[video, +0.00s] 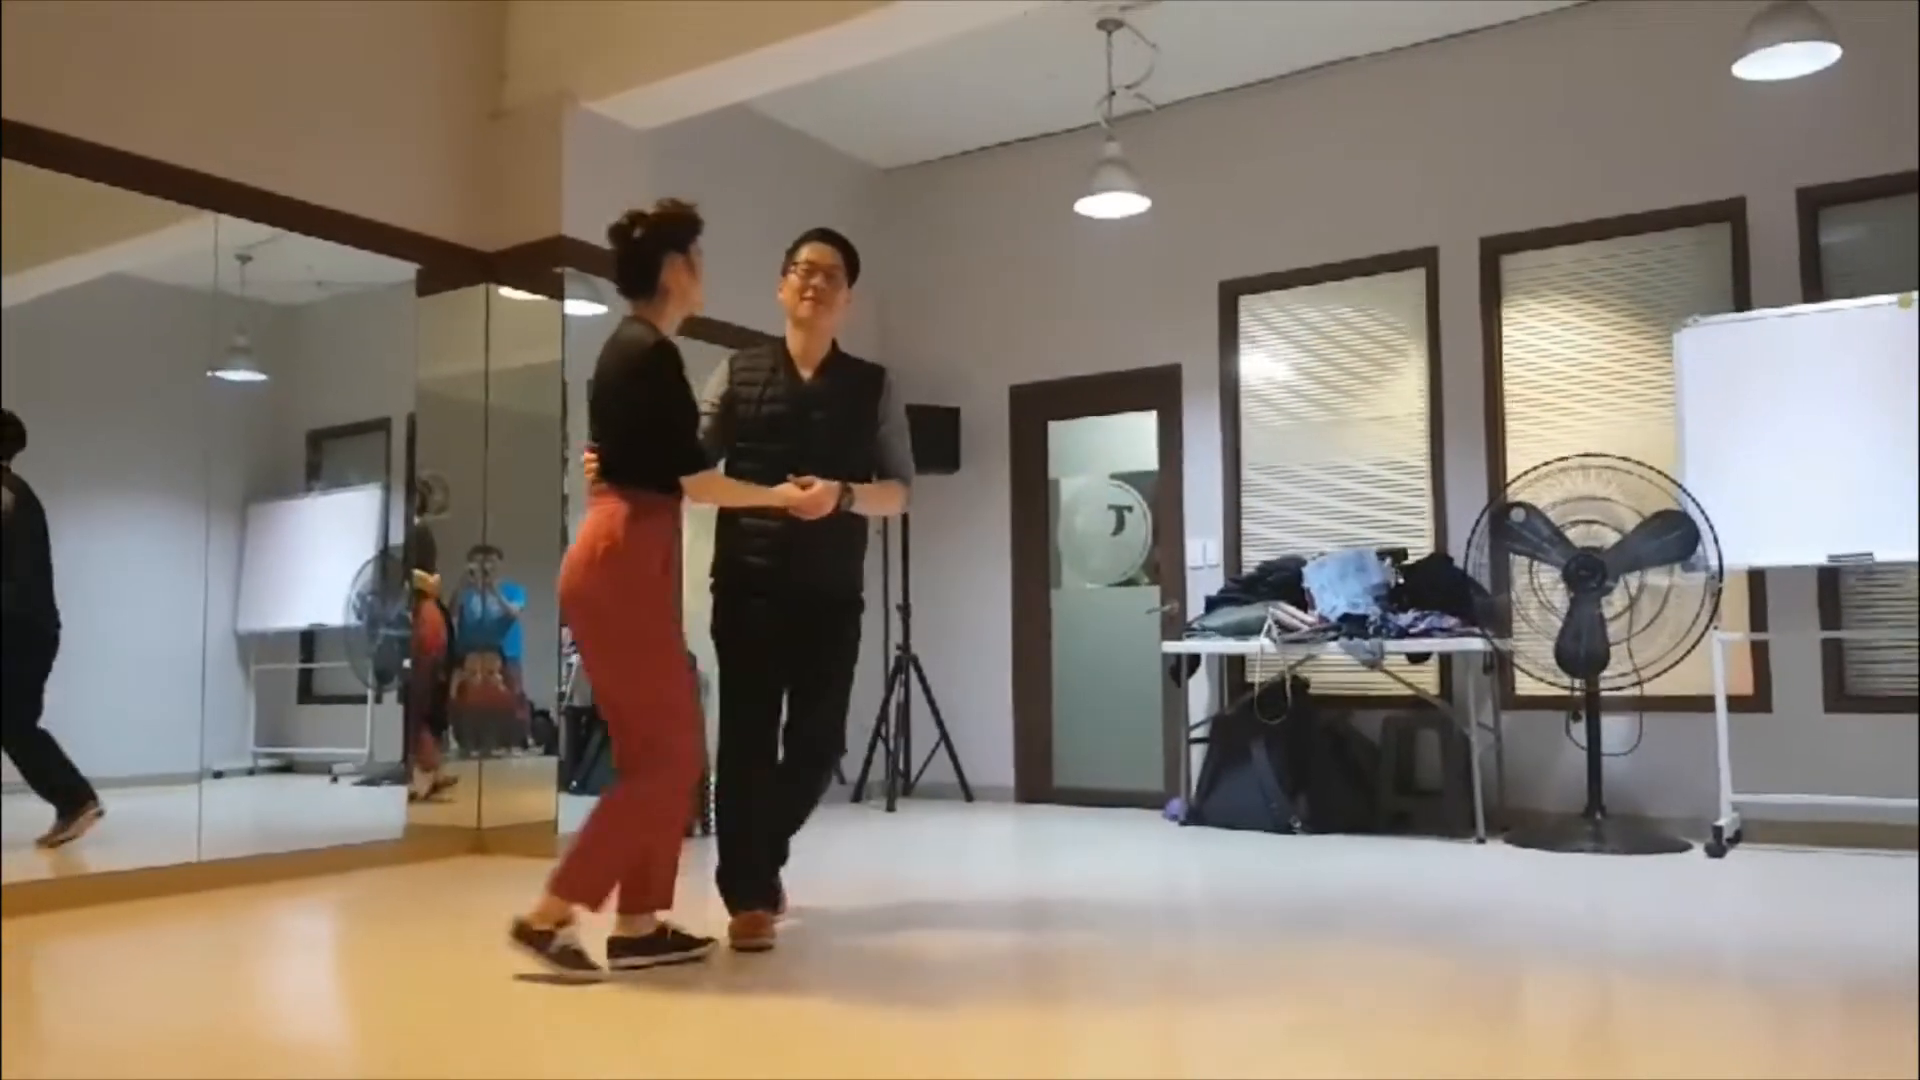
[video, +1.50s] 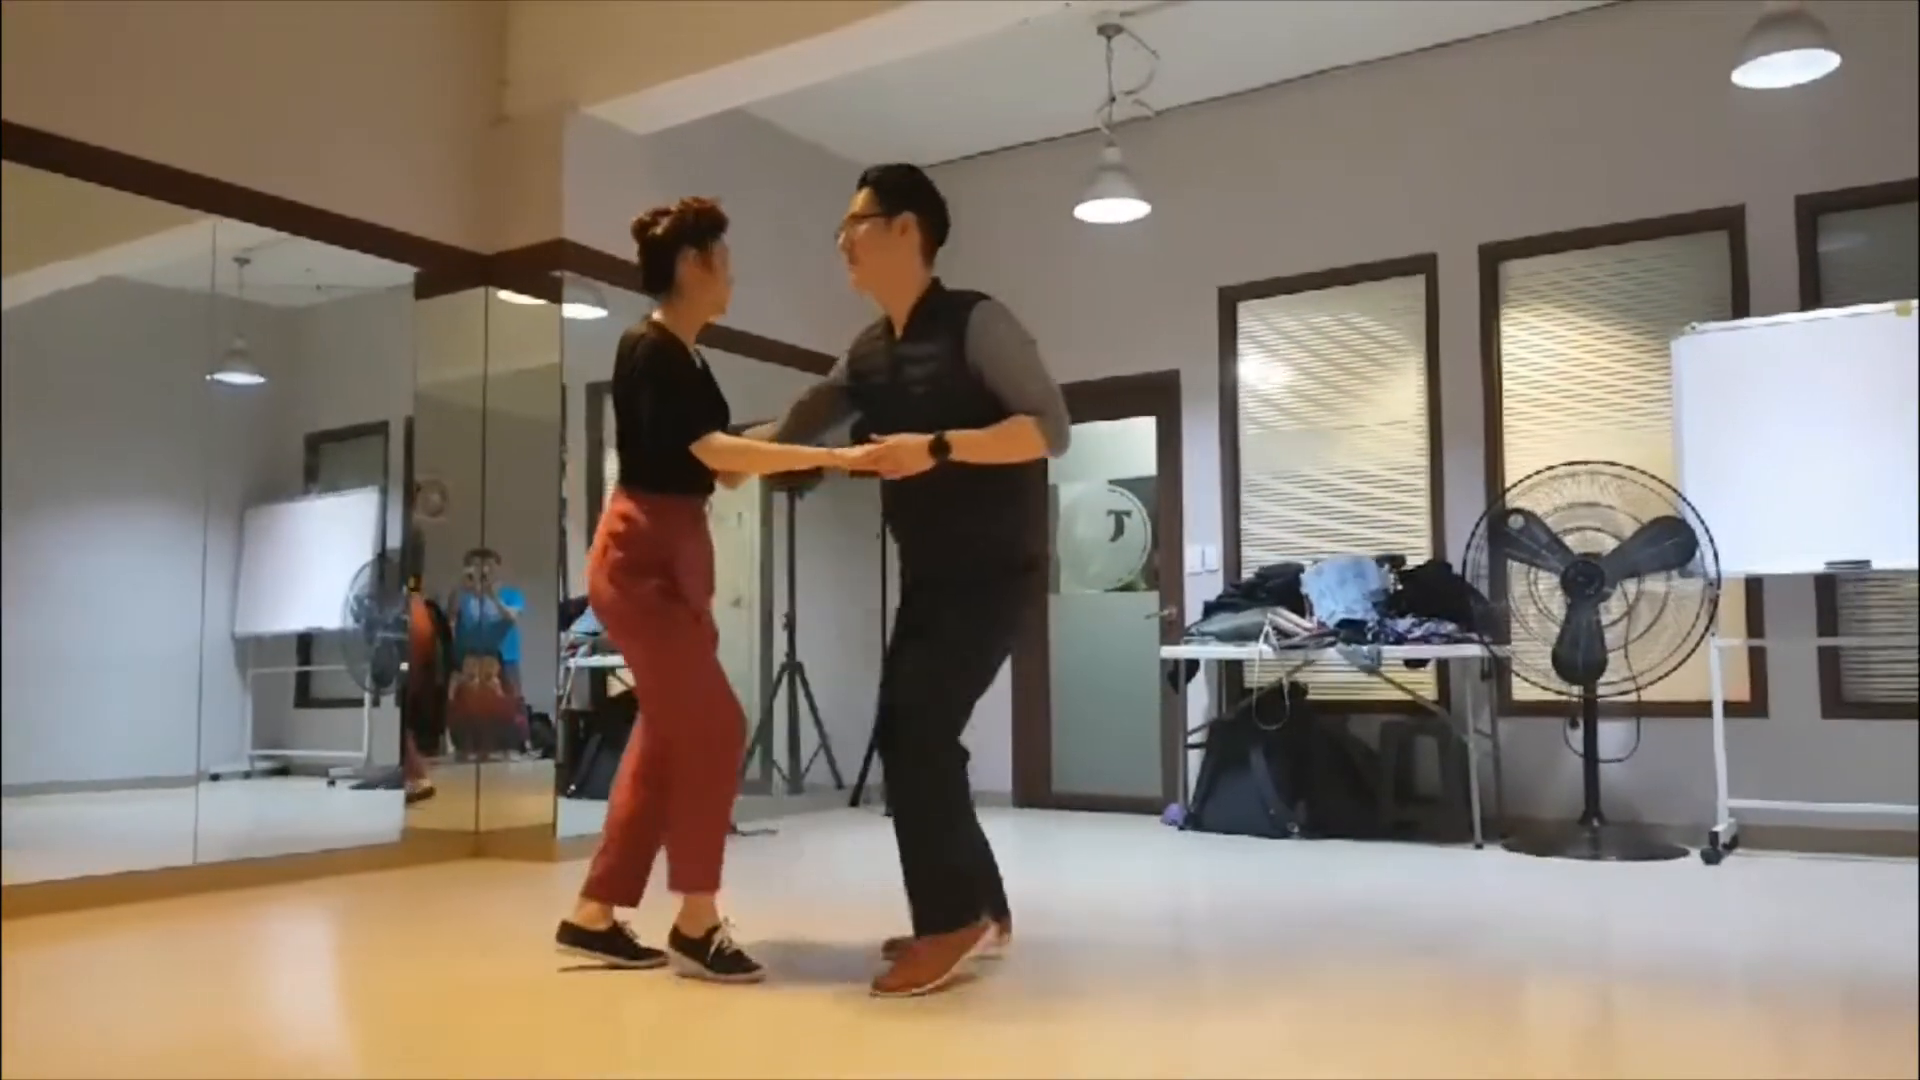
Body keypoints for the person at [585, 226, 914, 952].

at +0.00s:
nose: (811, 283)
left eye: (827, 275)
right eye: (801, 271)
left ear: (848, 297)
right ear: (781, 287)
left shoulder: (871, 386)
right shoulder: (741, 371)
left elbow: (898, 493)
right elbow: (689, 461)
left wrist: (842, 495)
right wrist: (612, 462)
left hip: (830, 595)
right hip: (748, 588)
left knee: (819, 745)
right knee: (746, 743)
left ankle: (763, 859)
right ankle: (748, 903)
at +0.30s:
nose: (803, 284)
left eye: (820, 278)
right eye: (795, 273)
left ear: (841, 301)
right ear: (775, 288)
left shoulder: (865, 388)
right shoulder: (735, 377)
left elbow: (875, 492)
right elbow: (656, 443)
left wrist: (814, 477)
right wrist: (564, 450)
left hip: (825, 594)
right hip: (745, 589)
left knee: (798, 740)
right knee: (747, 736)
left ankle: (766, 888)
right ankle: (746, 901)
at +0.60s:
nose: (773, 303)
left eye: (790, 293)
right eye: (765, 291)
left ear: (820, 311)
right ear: (752, 308)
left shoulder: (857, 398)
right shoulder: (726, 394)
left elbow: (876, 512)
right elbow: (655, 478)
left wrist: (806, 501)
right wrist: (570, 480)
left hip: (818, 607)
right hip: (736, 603)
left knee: (794, 751)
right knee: (721, 739)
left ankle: (761, 896)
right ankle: (745, 906)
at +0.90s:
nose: (745, 278)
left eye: (762, 265)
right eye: (742, 267)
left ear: (811, 277)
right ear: (746, 282)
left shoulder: (867, 369)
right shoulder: (741, 370)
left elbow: (912, 477)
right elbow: (712, 467)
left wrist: (832, 479)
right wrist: (625, 473)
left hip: (850, 587)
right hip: (766, 586)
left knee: (851, 743)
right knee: (749, 747)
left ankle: (875, 911)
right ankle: (748, 910)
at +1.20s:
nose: (787, 268)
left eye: (802, 252)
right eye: (786, 256)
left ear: (853, 259)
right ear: (811, 269)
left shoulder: (918, 349)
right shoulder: (810, 372)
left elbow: (978, 459)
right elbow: (761, 467)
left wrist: (878, 472)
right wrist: (676, 476)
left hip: (933, 582)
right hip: (856, 585)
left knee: (912, 748)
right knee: (814, 742)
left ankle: (925, 939)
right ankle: (788, 904)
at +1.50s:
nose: (843, 241)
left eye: (858, 225)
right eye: (844, 229)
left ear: (911, 233)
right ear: (881, 241)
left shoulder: (979, 322)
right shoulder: (870, 350)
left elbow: (1049, 430)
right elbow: (791, 430)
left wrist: (938, 447)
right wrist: (721, 452)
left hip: (996, 569)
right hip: (931, 573)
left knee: (915, 730)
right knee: (913, 734)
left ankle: (950, 923)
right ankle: (977, 908)